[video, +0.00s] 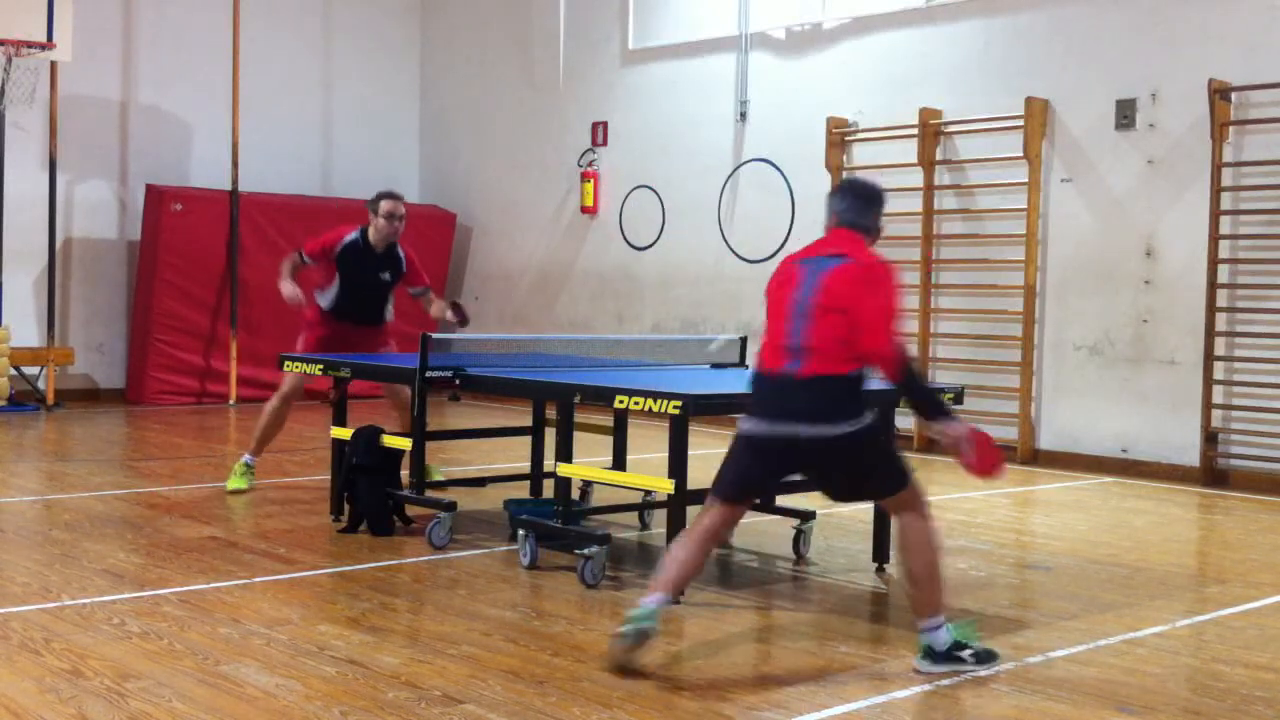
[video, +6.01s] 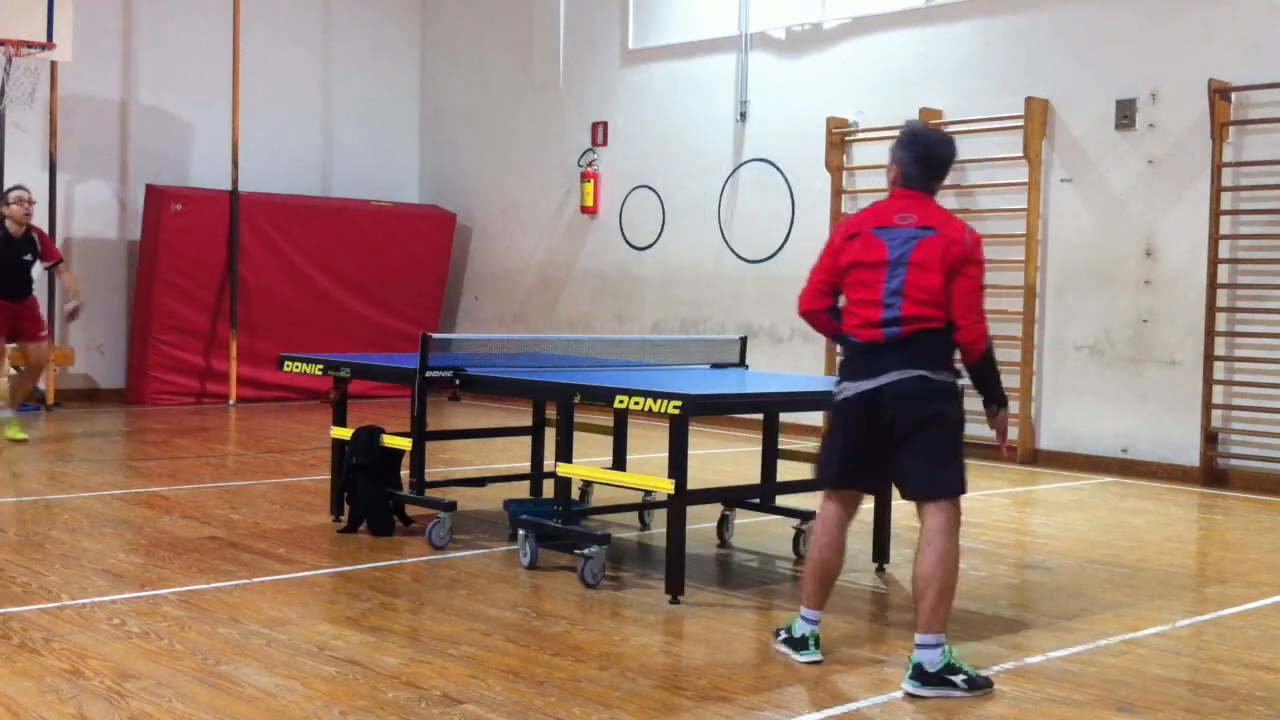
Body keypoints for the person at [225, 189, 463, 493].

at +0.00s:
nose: (396, 225)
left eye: (401, 219)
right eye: (390, 217)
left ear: (405, 222)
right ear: (371, 217)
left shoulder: (402, 258)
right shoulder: (343, 241)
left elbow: (429, 301)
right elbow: (293, 260)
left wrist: (444, 311)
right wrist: (286, 282)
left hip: (373, 336)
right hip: (325, 330)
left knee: (404, 397)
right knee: (288, 392)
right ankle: (247, 463)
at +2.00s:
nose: (308, 251)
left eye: (310, 247)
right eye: (304, 244)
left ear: (298, 247)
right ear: (284, 240)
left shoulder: (273, 284)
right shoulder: (267, 252)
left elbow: (303, 316)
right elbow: (250, 237)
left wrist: (343, 326)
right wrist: (245, 215)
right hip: (213, 296)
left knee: (226, 389)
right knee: (244, 358)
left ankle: (193, 453)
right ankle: (174, 349)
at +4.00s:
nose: (203, 233)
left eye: (207, 228)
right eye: (197, 228)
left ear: (212, 232)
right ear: (185, 232)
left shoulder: (220, 258)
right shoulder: (172, 256)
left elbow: (239, 286)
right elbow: (154, 285)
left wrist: (248, 309)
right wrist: (155, 311)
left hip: (212, 322)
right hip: (175, 320)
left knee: (232, 369)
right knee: (144, 367)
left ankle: (235, 420)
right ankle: (112, 417)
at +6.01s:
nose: (27, 207)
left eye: (30, 203)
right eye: (20, 203)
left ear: (33, 207)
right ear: (5, 209)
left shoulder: (36, 236)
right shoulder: (2, 233)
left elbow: (60, 268)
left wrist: (72, 298)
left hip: (25, 304)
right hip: (2, 305)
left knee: (39, 358)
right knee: (4, 361)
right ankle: (8, 414)